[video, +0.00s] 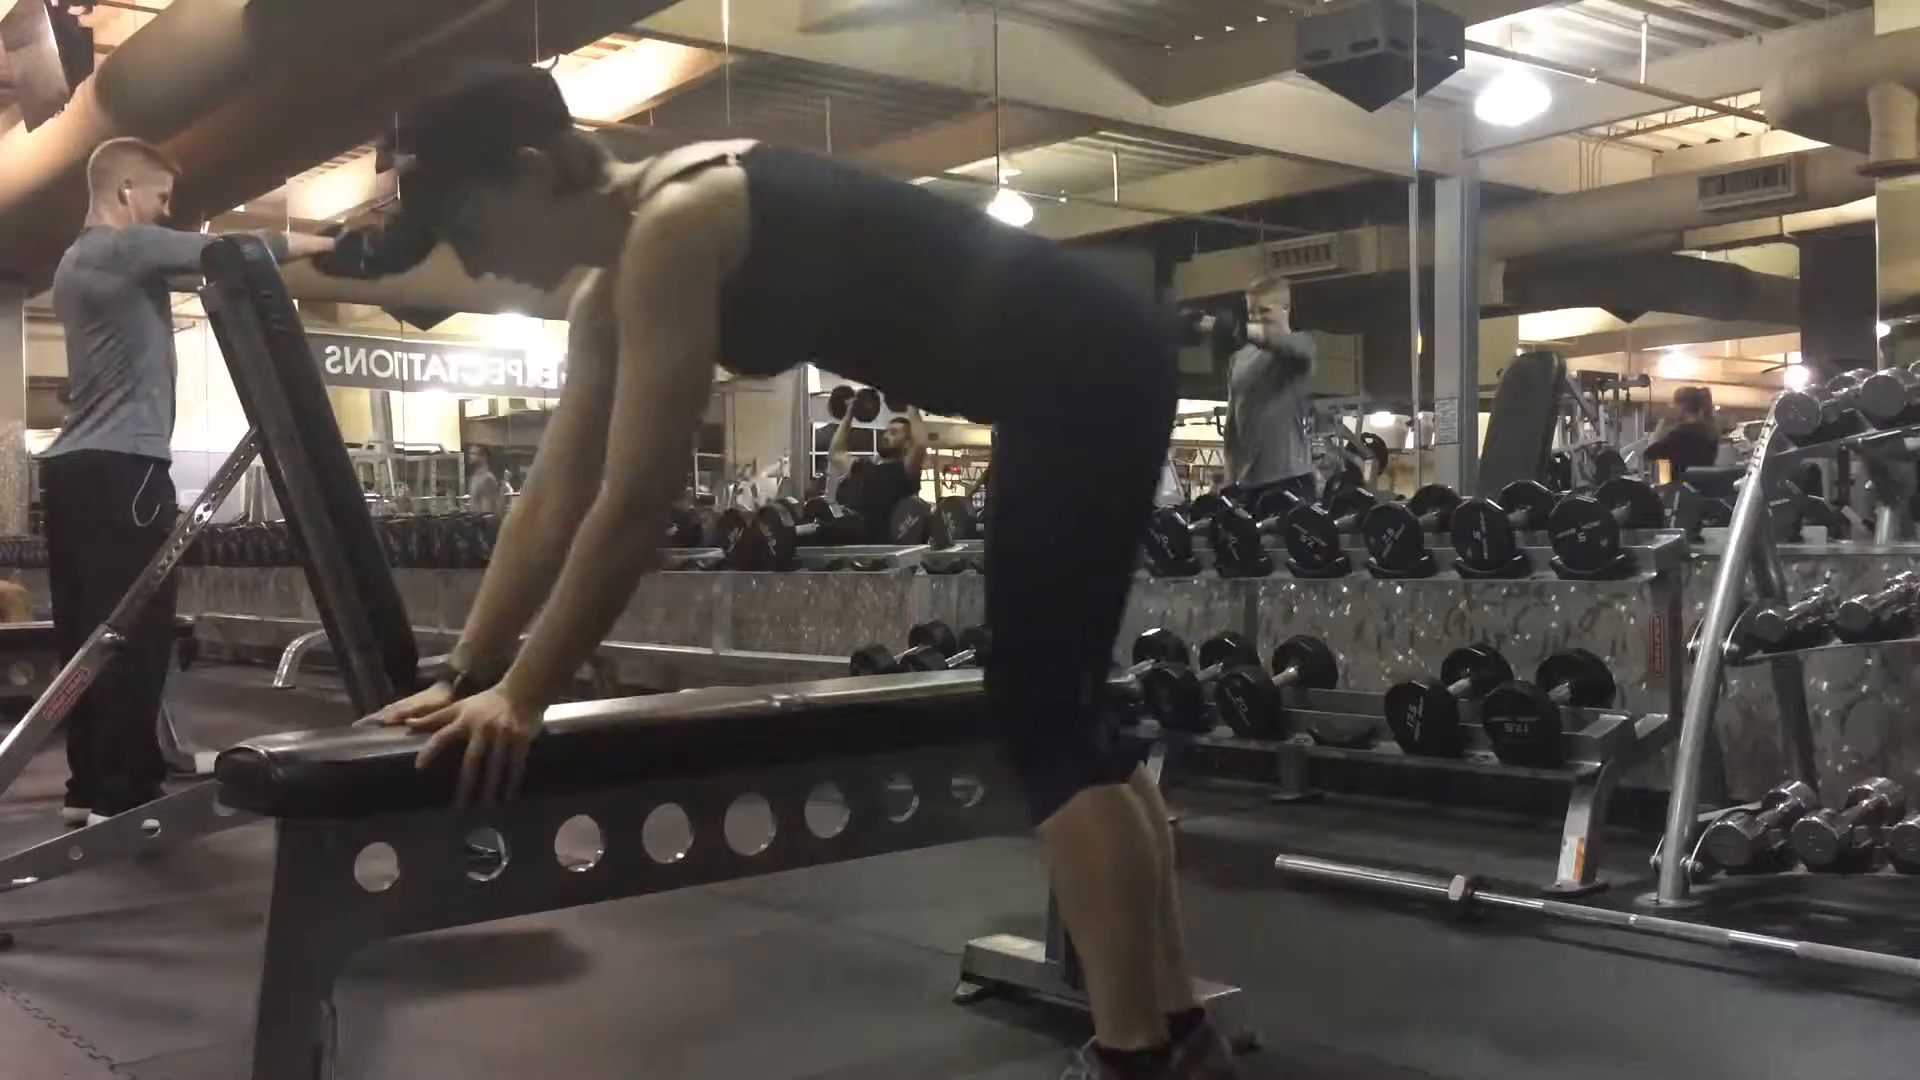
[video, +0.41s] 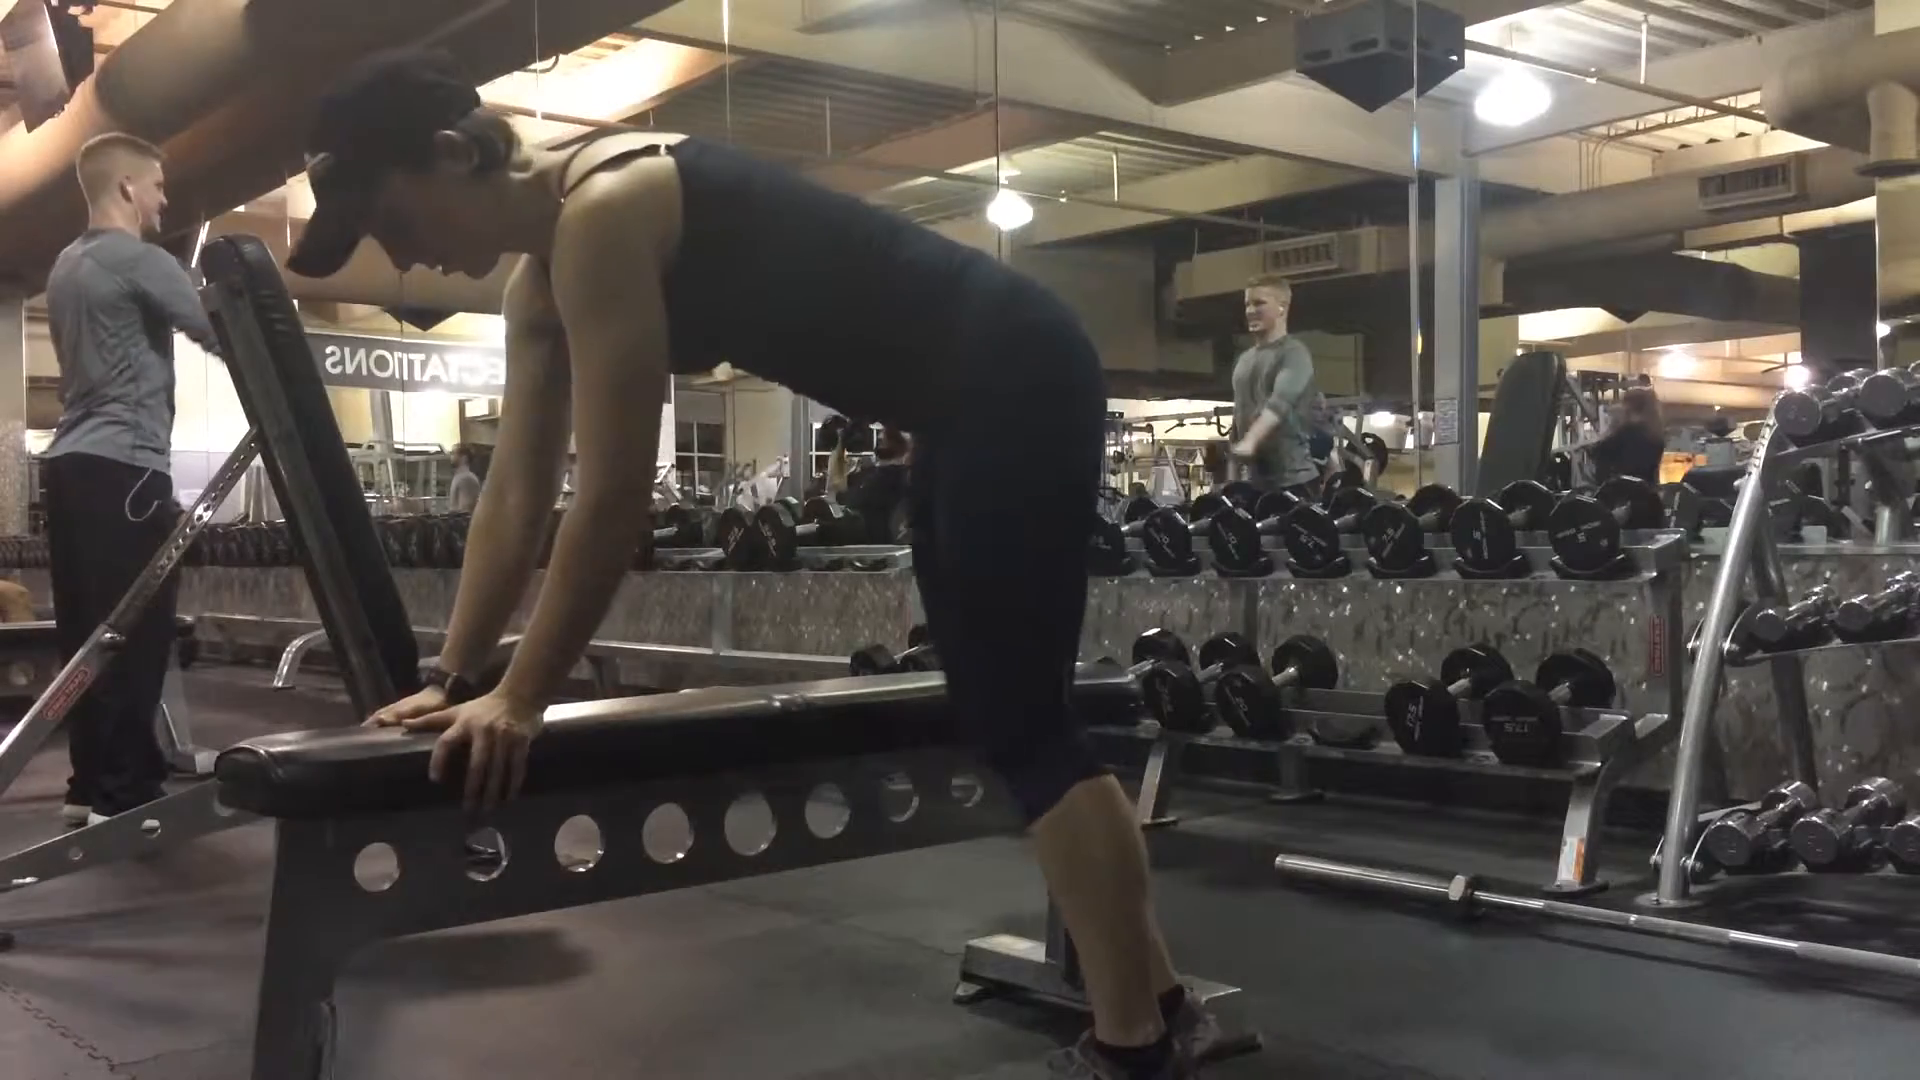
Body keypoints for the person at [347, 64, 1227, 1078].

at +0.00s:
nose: (477, 267)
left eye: (473, 233)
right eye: (460, 244)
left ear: (539, 170)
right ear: (540, 178)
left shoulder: (673, 232)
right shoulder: (619, 272)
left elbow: (639, 498)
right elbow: (559, 487)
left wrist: (518, 697)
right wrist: (464, 672)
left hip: (1081, 362)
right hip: (1073, 362)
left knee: (1041, 723)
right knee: (1071, 714)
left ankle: (1134, 1046)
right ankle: (1172, 1015)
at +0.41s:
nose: (403, 258)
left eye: (394, 225)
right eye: (384, 240)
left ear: (451, 157)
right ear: (451, 169)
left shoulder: (607, 220)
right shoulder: (543, 273)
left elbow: (612, 501)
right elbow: (515, 482)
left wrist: (516, 694)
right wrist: (456, 672)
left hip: (1009, 374)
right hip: (965, 393)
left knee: (1021, 722)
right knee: (1018, 715)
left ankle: (1134, 1035)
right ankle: (1149, 994)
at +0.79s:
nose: (274, 281)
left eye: (260, 248)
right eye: (251, 263)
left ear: (314, 181)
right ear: (296, 210)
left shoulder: (512, 218)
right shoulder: (411, 279)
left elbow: (570, 492)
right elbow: (444, 478)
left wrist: (522, 688)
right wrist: (448, 670)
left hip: (887, 356)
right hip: (824, 385)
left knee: (957, 681)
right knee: (948, 677)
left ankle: (1077, 956)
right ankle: (1077, 940)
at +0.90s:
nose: (259, 300)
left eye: (240, 273)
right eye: (232, 290)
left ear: (266, 181)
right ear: (261, 190)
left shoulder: (444, 191)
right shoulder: (355, 265)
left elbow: (522, 453)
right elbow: (415, 473)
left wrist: (518, 684)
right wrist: (440, 672)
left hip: (811, 231)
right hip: (745, 271)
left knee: (842, 540)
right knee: (824, 542)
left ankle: (1070, 778)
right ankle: (1049, 752)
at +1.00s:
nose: (238, 324)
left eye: (222, 297)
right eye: (211, 313)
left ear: (253, 205)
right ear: (238, 216)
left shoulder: (425, 202)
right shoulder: (337, 266)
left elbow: (508, 459)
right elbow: (402, 475)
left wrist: (514, 687)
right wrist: (440, 670)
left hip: (776, 196)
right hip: (701, 235)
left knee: (717, 483)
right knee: (685, 504)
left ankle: (953, 444)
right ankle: (934, 441)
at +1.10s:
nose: (232, 341)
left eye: (213, 312)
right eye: (204, 329)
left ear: (247, 224)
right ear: (245, 227)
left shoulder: (421, 201)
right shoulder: (335, 286)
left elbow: (511, 458)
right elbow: (400, 478)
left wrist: (516, 692)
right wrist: (439, 677)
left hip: (748, 202)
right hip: (648, 230)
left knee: (633, 471)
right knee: (574, 473)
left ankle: (830, 369)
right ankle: (803, 373)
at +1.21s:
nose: (214, 340)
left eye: (198, 311)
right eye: (189, 326)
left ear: (240, 221)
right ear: (239, 225)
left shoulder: (418, 206)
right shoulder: (309, 284)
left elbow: (508, 459)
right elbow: (386, 485)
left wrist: (516, 691)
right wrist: (438, 680)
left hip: (718, 201)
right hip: (600, 245)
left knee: (607, 469)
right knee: (552, 473)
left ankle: (760, 530)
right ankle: (712, 545)